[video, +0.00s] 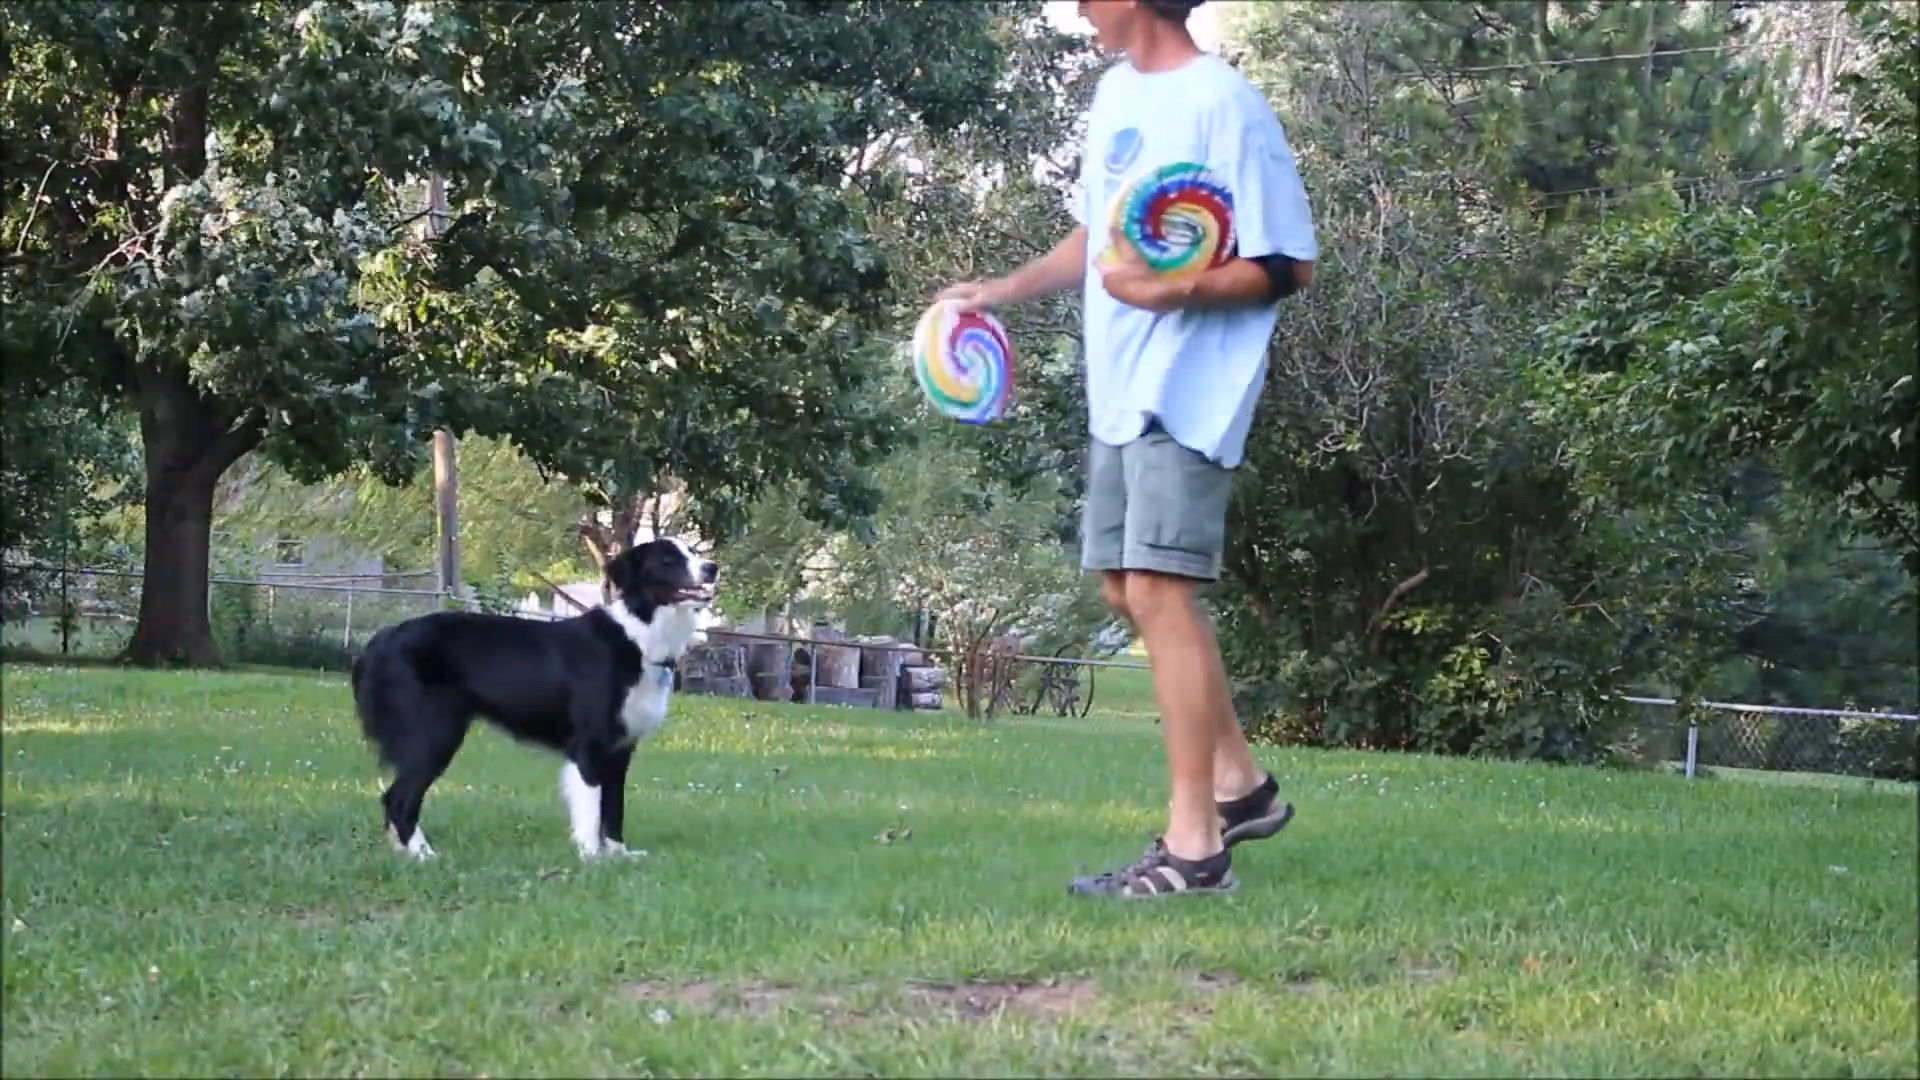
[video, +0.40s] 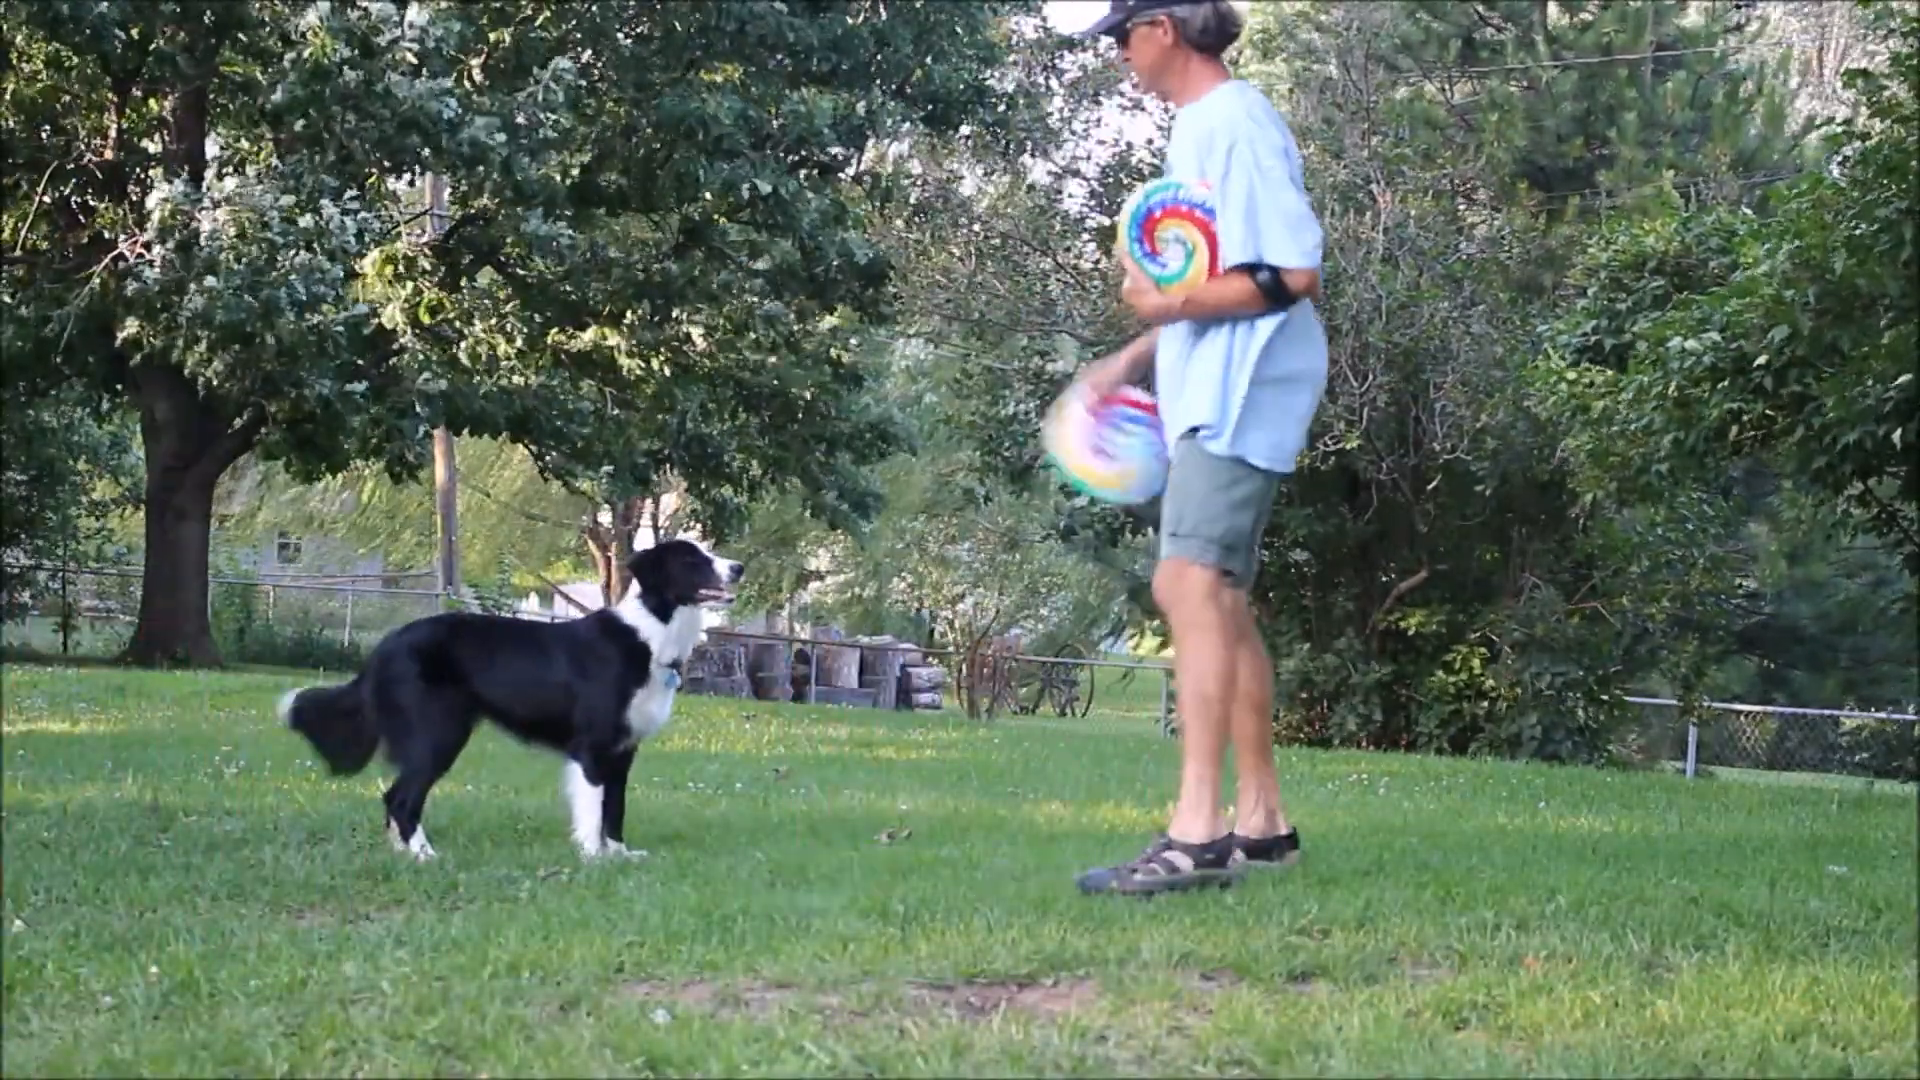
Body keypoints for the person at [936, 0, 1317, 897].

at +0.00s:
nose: (1082, 12)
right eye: (1082, 1)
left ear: (1133, 3)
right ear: (1135, 8)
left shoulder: (1232, 103)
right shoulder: (1115, 98)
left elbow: (1287, 265)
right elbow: (1096, 238)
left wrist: (1163, 285)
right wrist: (1001, 292)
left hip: (1191, 393)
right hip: (1122, 390)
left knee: (1161, 589)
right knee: (1123, 581)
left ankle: (1193, 849)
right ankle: (1239, 782)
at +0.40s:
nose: (1121, 52)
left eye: (1129, 34)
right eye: (1121, 37)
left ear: (1169, 31)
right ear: (1170, 34)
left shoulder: (1237, 117)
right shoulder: (1200, 127)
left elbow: (1292, 274)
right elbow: (1206, 291)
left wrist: (1167, 299)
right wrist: (1125, 365)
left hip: (1245, 393)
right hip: (1217, 392)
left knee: (1184, 586)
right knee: (1222, 600)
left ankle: (1196, 834)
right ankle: (1261, 819)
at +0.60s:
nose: (1139, 64)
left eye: (1146, 45)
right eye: (1139, 49)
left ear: (1186, 43)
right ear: (1197, 43)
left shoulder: (1238, 123)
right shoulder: (1247, 127)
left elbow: (1297, 264)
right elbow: (1264, 309)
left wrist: (1194, 311)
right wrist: (1152, 378)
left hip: (1275, 392)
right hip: (1285, 396)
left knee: (1180, 581)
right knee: (1239, 597)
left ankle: (1321, 792)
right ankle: (1261, 823)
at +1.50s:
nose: (1144, 105)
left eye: (1148, 87)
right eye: (1142, 90)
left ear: (1186, 77)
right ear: (1190, 79)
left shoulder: (1270, 150)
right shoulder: (1236, 173)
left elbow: (1356, 270)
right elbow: (1275, 345)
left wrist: (1254, 338)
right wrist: (1183, 421)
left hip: (1358, 412)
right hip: (1312, 413)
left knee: (1305, 604)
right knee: (1249, 598)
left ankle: (1421, 836)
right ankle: (1278, 826)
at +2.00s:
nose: (1107, 161)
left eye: (1109, 142)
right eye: (1104, 146)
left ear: (1148, 131)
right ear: (1153, 132)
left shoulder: (1233, 183)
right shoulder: (1216, 201)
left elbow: (1341, 276)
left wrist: (1258, 366)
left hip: (1350, 421)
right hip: (1320, 422)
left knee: (1257, 606)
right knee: (1236, 606)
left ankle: (1334, 841)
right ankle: (1277, 826)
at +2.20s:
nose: (1110, 143)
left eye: (1112, 122)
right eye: (1107, 126)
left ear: (1151, 112)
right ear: (1165, 110)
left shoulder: (1226, 178)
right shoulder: (1256, 167)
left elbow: (1325, 291)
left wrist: (1241, 368)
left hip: (1346, 408)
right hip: (1351, 404)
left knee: (1260, 607)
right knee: (1253, 606)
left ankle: (1335, 844)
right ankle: (1278, 827)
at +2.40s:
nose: (1118, 131)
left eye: (1121, 111)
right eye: (1115, 114)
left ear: (1162, 100)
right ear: (1167, 99)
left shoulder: (1242, 171)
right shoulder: (1227, 175)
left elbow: (1340, 286)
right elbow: (1316, 288)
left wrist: (1246, 362)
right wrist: (1240, 341)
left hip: (1355, 405)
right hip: (1324, 403)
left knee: (1262, 603)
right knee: (1230, 590)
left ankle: (1337, 845)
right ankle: (1282, 819)